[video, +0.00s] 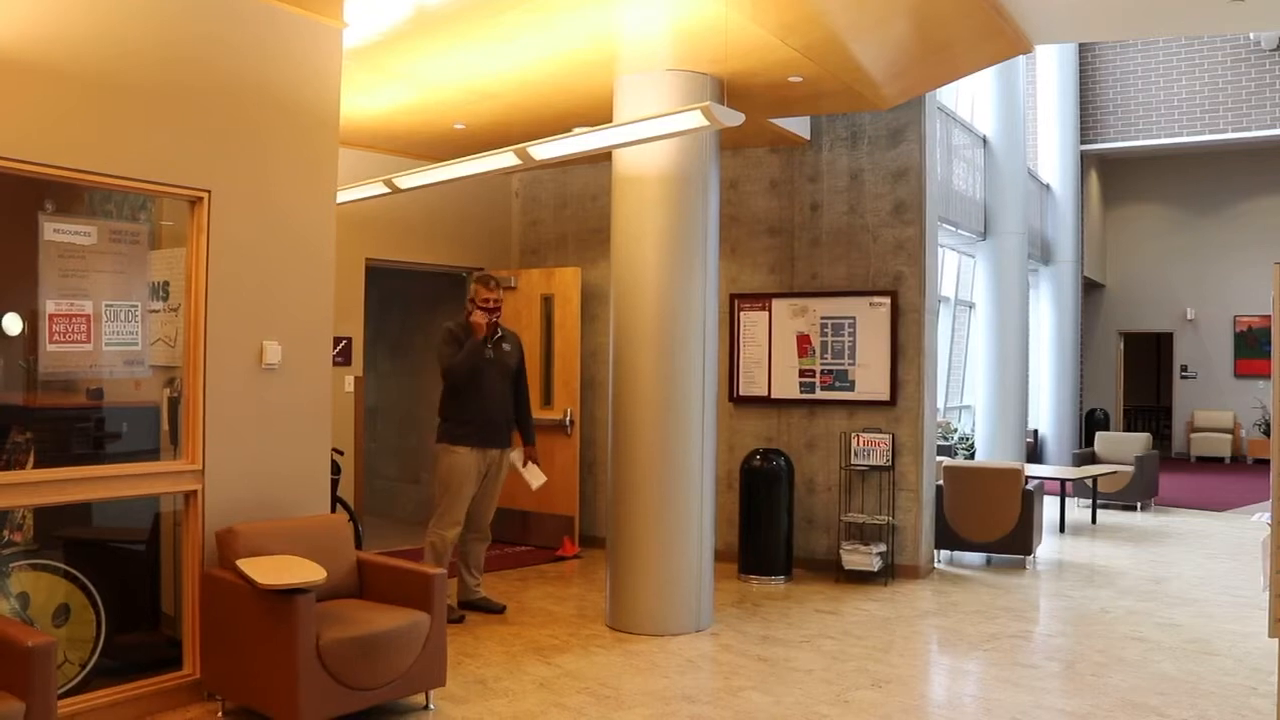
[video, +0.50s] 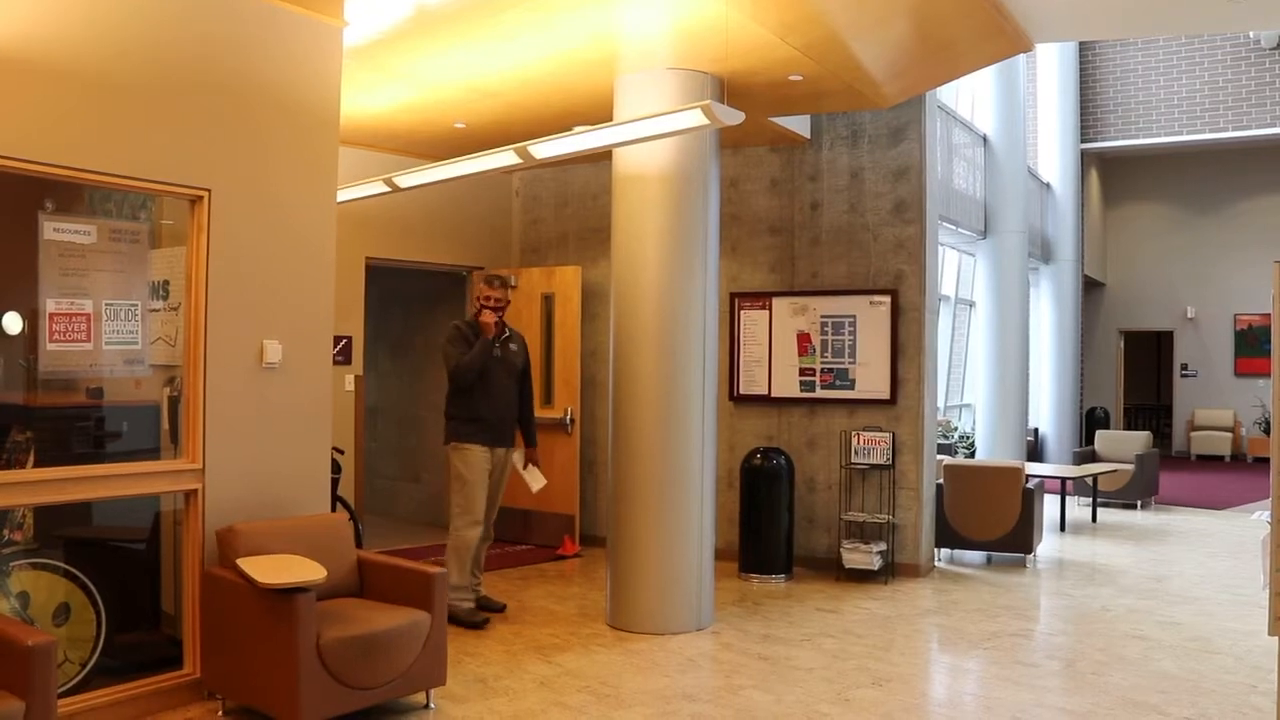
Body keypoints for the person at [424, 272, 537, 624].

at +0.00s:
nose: (492, 308)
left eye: (496, 303)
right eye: (486, 302)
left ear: (503, 303)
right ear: (471, 302)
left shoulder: (511, 340)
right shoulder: (454, 333)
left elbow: (520, 395)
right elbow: (452, 376)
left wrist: (529, 442)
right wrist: (477, 337)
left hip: (498, 446)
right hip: (459, 444)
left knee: (479, 528)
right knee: (446, 526)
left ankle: (471, 593)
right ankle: (435, 600)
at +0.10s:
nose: (494, 308)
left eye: (499, 303)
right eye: (488, 302)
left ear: (504, 304)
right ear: (474, 303)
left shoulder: (511, 340)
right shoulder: (456, 333)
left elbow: (521, 395)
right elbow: (455, 376)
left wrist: (530, 442)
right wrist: (480, 335)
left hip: (499, 446)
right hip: (461, 444)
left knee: (480, 527)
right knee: (449, 526)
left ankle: (471, 592)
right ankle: (437, 599)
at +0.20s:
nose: (496, 308)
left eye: (501, 303)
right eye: (490, 303)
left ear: (506, 303)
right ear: (475, 303)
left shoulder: (513, 341)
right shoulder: (458, 333)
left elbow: (522, 396)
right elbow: (457, 376)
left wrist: (531, 444)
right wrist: (483, 335)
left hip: (500, 445)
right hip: (463, 443)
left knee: (481, 526)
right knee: (453, 524)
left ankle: (471, 592)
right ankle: (438, 598)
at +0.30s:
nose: (496, 308)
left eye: (501, 303)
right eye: (490, 302)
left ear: (507, 304)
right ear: (477, 302)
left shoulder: (513, 340)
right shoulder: (458, 333)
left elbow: (523, 396)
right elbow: (458, 377)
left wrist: (531, 444)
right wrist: (484, 336)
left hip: (500, 443)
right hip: (466, 441)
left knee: (482, 525)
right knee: (459, 523)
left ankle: (471, 591)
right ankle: (442, 597)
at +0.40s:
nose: (497, 307)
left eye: (502, 302)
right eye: (491, 301)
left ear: (508, 303)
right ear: (478, 299)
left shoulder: (515, 341)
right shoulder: (459, 332)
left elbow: (523, 398)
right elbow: (458, 377)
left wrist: (530, 444)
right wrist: (485, 337)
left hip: (501, 442)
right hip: (467, 440)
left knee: (484, 523)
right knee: (464, 521)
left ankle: (472, 590)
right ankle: (448, 598)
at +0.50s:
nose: (494, 308)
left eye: (500, 303)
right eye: (489, 302)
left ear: (508, 303)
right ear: (477, 299)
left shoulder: (515, 341)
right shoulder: (460, 332)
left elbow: (524, 397)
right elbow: (460, 377)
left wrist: (530, 445)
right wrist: (486, 337)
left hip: (502, 441)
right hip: (468, 440)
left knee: (485, 522)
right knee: (468, 521)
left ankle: (474, 590)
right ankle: (457, 600)